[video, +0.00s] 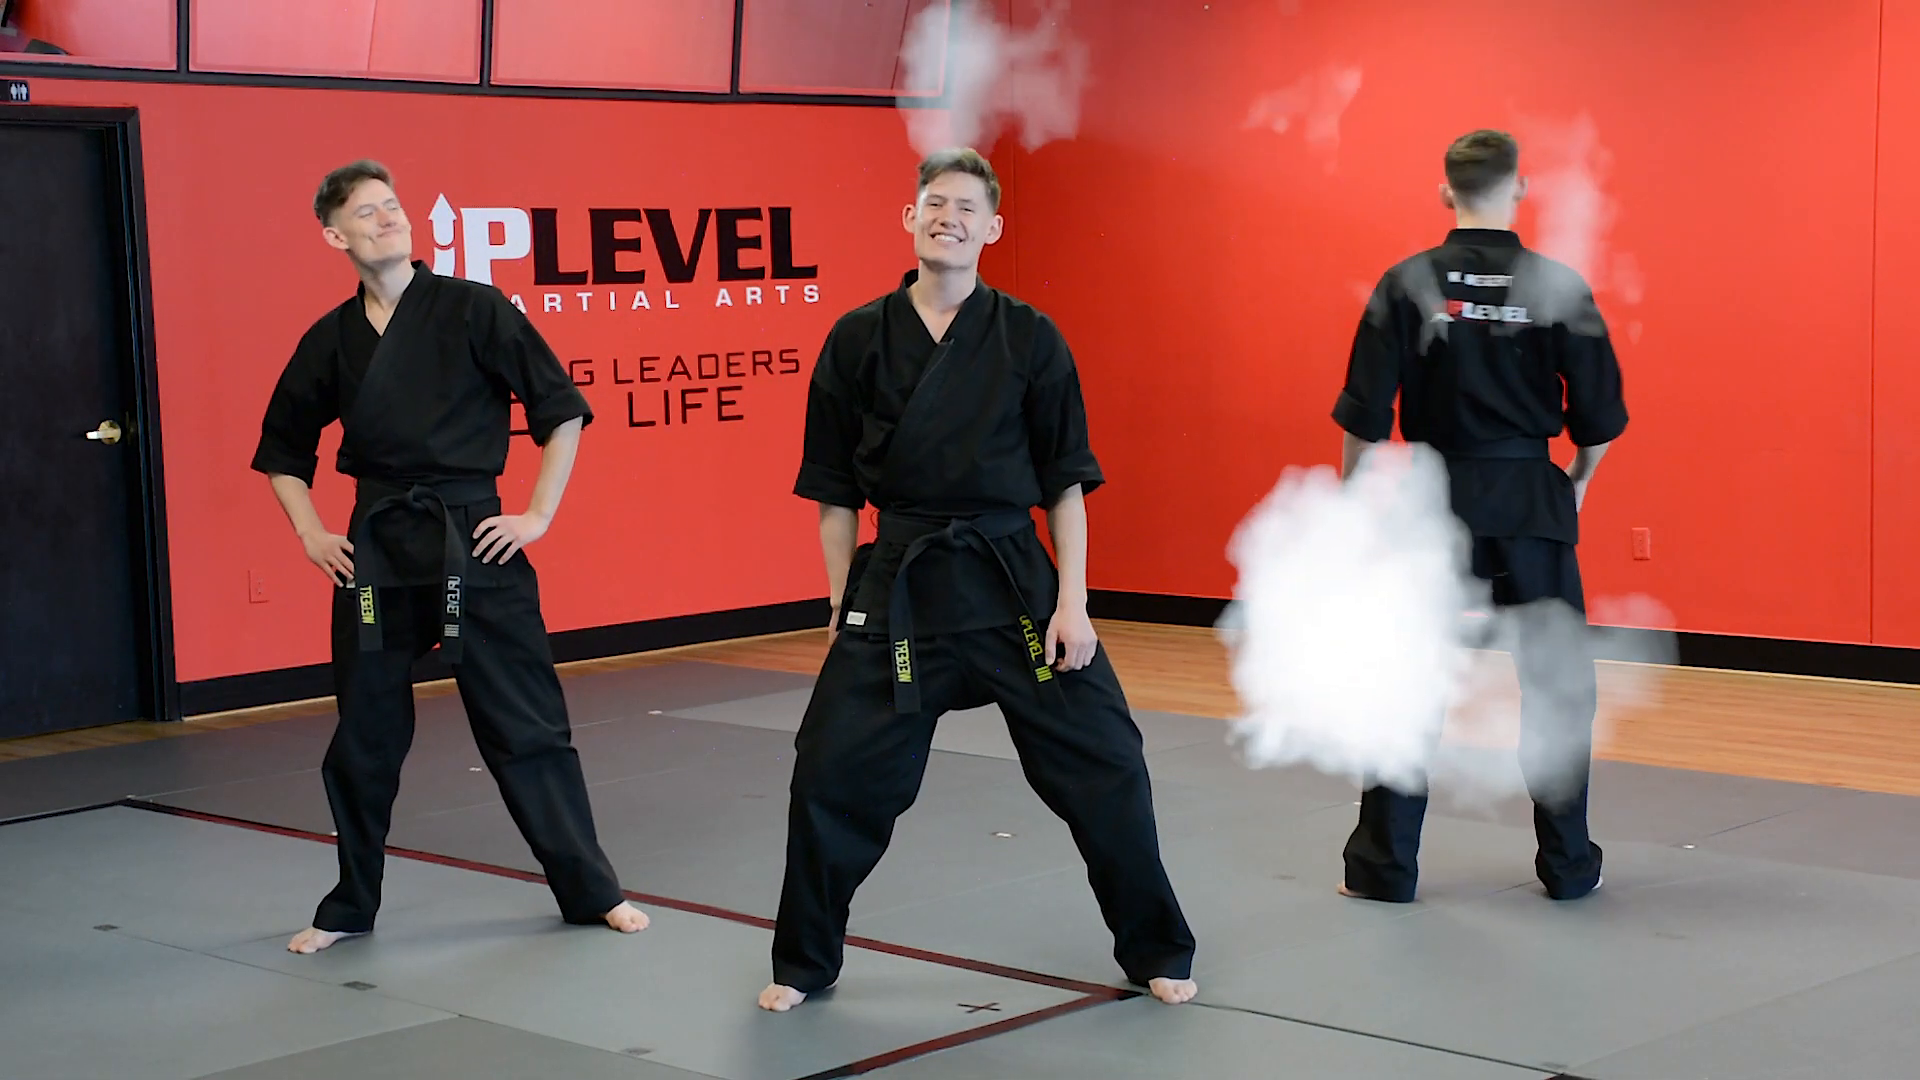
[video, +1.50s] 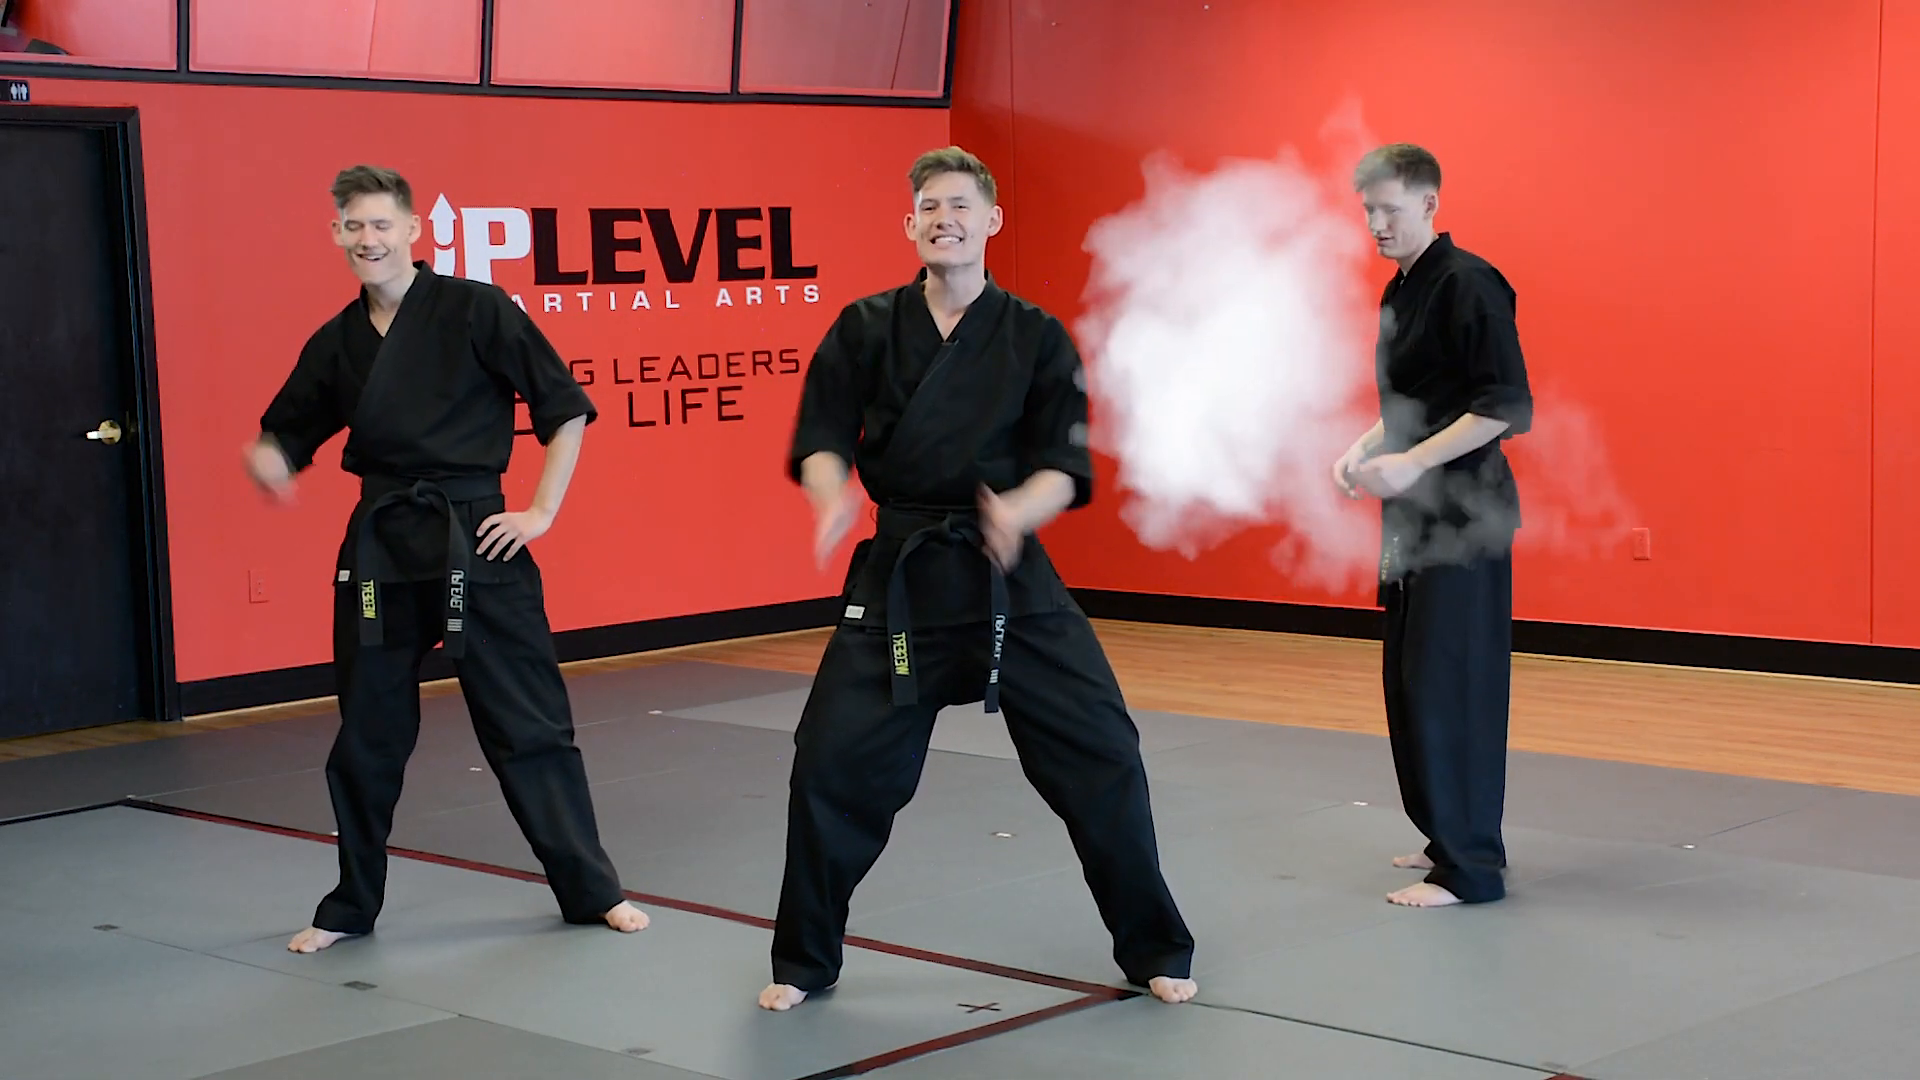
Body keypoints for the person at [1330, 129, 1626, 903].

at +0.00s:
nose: (1488, 200)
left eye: (1456, 189)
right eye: (1511, 187)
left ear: (1446, 192)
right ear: (1518, 190)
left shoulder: (1406, 284)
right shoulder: (1559, 287)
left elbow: (1364, 415)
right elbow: (1599, 414)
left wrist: (1350, 514)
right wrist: (1573, 484)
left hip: (1433, 510)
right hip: (1534, 510)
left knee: (1409, 675)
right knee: (1556, 679)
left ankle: (1386, 865)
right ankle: (1567, 862)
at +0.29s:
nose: (1399, 205)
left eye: (1408, 192)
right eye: (1402, 191)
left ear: (1449, 196)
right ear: (1470, 201)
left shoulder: (1412, 286)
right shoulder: (1539, 283)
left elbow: (1392, 415)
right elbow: (1582, 416)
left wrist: (1363, 493)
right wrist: (1530, 473)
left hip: (1432, 509)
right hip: (1518, 508)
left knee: (1405, 688)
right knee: (1530, 684)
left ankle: (1421, 875)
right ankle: (1564, 865)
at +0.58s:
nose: (1403, 204)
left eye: (1420, 191)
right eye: (1396, 191)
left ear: (1458, 196)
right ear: (1392, 197)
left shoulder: (1443, 280)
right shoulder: (1493, 283)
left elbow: (1464, 406)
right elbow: (1504, 416)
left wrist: (1388, 487)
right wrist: (1415, 451)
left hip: (1441, 514)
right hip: (1478, 513)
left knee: (1399, 685)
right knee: (1439, 684)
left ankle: (1419, 873)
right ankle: (1473, 844)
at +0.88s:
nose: (1405, 205)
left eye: (1420, 192)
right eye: (1394, 192)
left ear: (1451, 201)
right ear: (1381, 201)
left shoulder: (1471, 285)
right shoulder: (1411, 289)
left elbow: (1509, 413)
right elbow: (1412, 419)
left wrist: (1448, 504)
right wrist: (1391, 523)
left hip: (1458, 514)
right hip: (1417, 511)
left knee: (1442, 690)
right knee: (1414, 684)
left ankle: (1471, 869)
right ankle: (1452, 844)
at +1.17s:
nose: (1393, 209)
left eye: (1409, 195)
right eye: (1383, 196)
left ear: (1444, 200)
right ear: (1373, 204)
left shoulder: (1472, 282)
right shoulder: (1402, 294)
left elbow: (1513, 406)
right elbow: (1411, 416)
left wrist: (1452, 493)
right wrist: (1361, 472)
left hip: (1463, 512)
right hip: (1413, 509)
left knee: (1457, 690)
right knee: (1414, 687)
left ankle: (1472, 870)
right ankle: (1451, 844)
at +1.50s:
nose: (1378, 226)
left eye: (1389, 211)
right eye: (1370, 213)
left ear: (1431, 203)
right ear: (1367, 213)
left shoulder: (1473, 285)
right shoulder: (1400, 294)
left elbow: (1504, 407)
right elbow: (1409, 405)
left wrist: (1416, 459)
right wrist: (1364, 447)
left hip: (1463, 526)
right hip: (1416, 523)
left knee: (1455, 692)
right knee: (1415, 688)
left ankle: (1472, 870)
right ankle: (1452, 843)